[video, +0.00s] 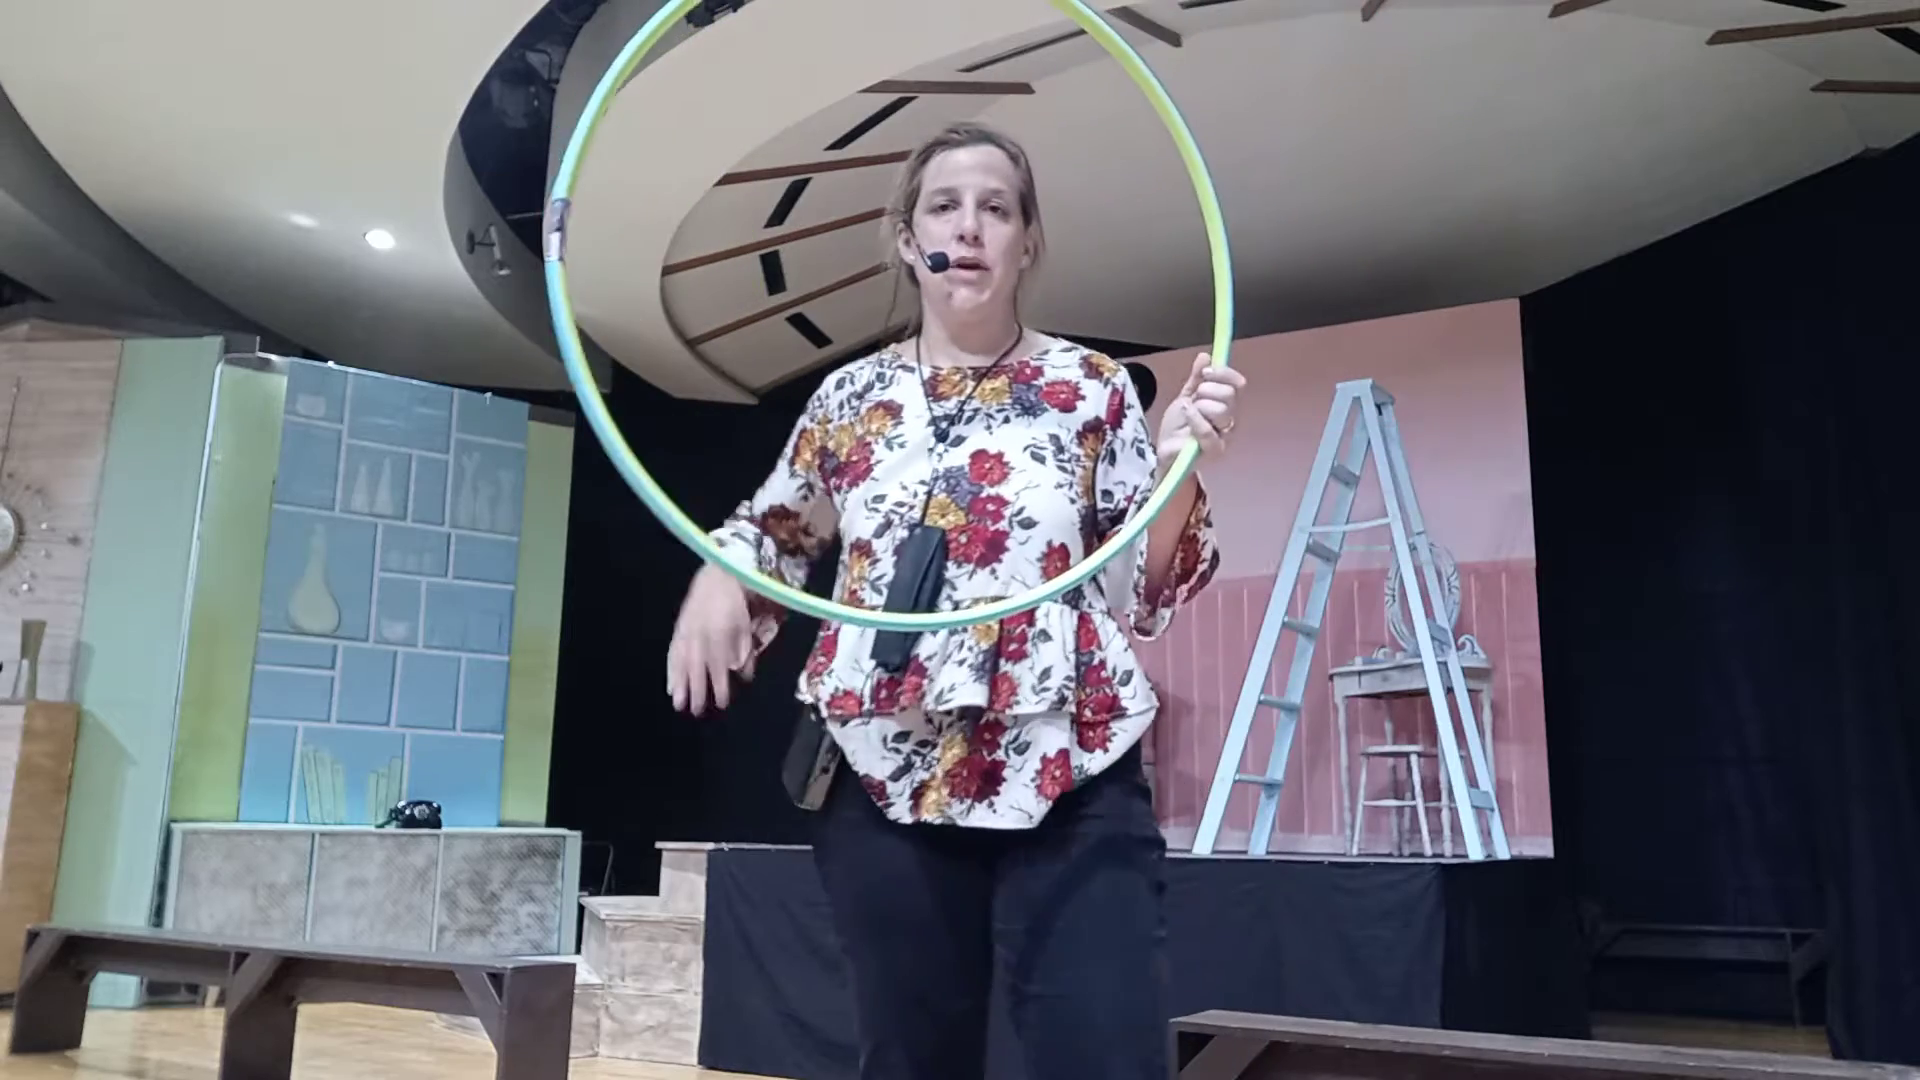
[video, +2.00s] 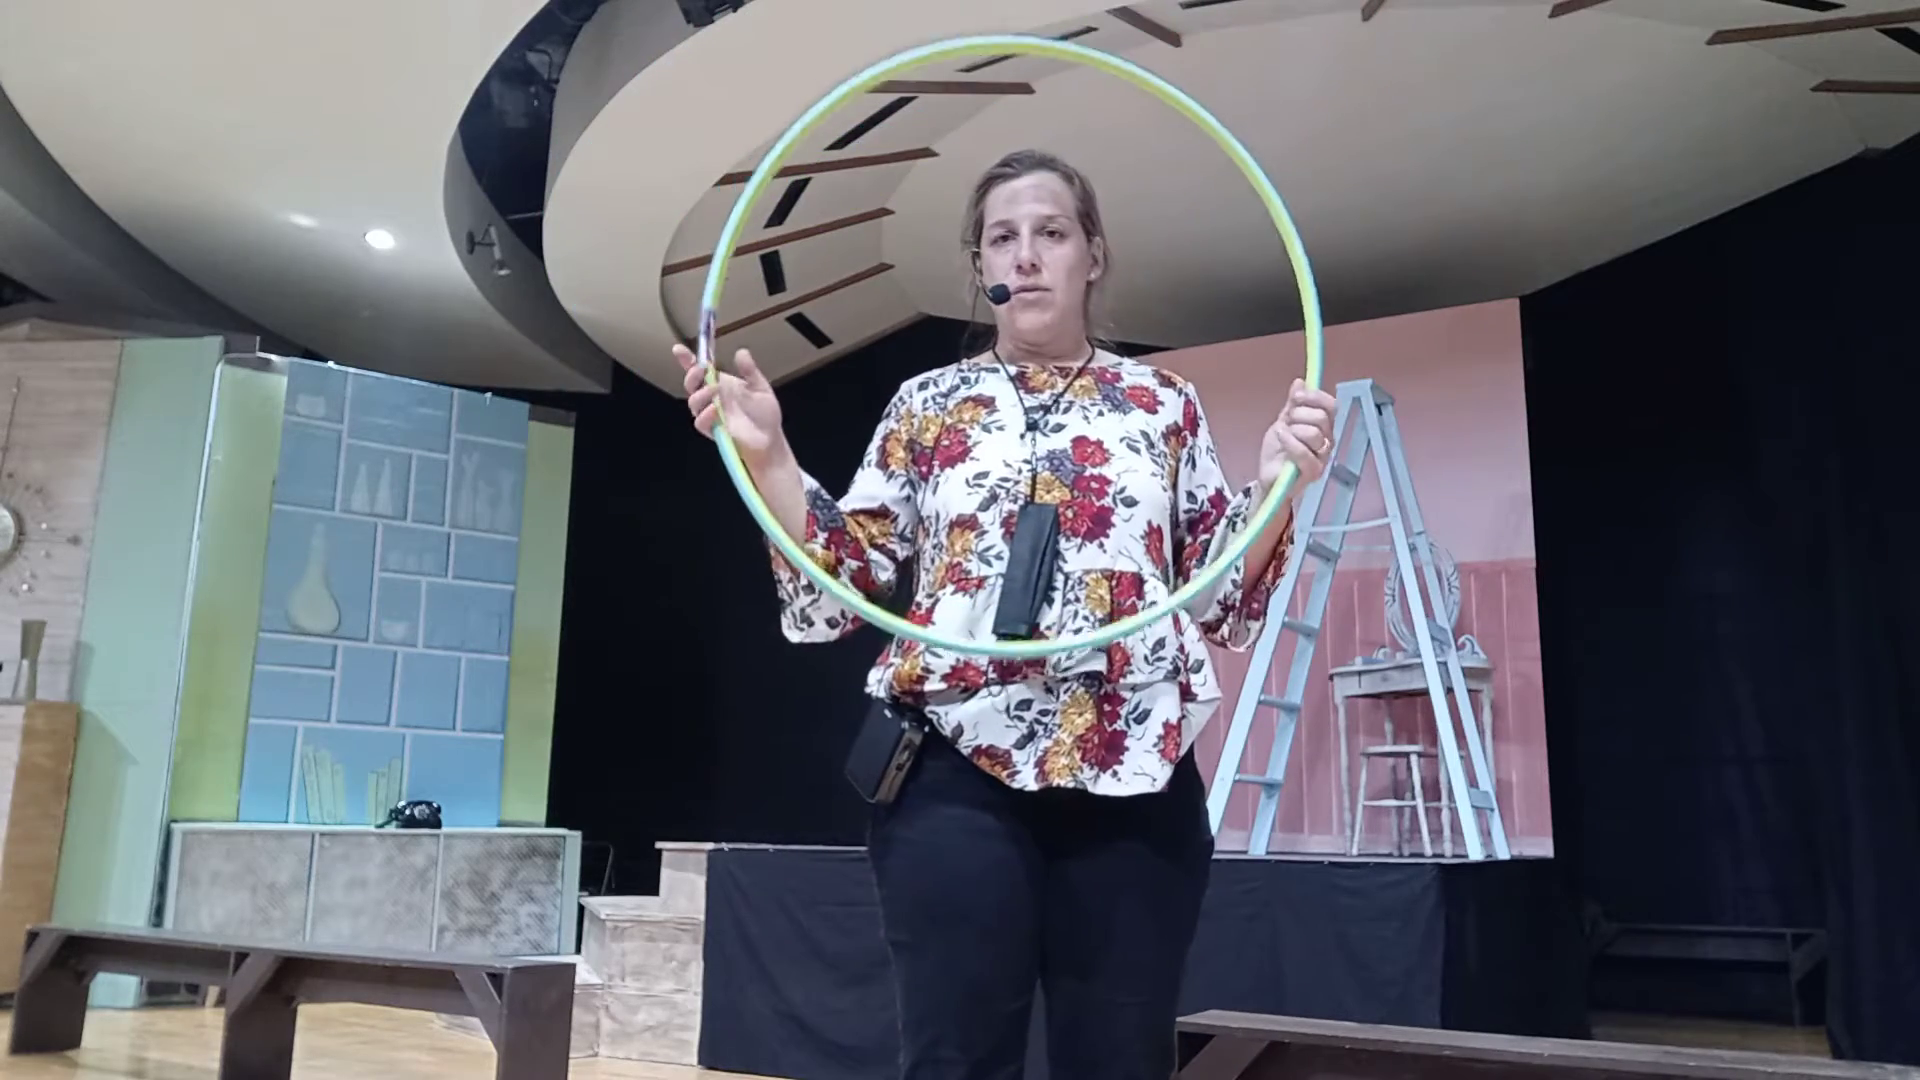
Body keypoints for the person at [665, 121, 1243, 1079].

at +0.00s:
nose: (966, 226)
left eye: (994, 209)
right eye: (942, 206)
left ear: (1029, 244)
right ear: (907, 241)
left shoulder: (1093, 390)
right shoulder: (849, 397)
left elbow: (1145, 592)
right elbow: (776, 533)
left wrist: (1177, 460)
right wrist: (721, 571)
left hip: (1072, 793)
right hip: (890, 798)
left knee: (1101, 1061)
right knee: (911, 1062)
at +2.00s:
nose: (1022, 254)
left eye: (1050, 232)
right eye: (1002, 236)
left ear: (1096, 259)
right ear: (979, 265)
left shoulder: (1164, 403)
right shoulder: (927, 403)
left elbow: (1221, 601)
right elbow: (851, 578)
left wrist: (1276, 481)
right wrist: (766, 454)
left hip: (1131, 797)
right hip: (956, 787)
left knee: (1116, 1063)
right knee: (954, 1060)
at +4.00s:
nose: (928, 249)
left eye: (955, 231)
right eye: (907, 229)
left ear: (995, 266)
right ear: (875, 260)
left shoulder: (1058, 405)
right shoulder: (819, 422)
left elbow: (1133, 586)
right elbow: (763, 609)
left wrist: (1196, 439)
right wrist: (656, 484)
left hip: (1029, 801)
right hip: (847, 800)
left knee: (1055, 1061)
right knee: (879, 1060)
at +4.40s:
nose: (923, 245)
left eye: (952, 228)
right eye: (903, 227)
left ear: (995, 264)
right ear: (876, 259)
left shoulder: (1061, 408)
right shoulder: (817, 418)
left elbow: (1146, 595)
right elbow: (761, 594)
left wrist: (1202, 473)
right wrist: (646, 481)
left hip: (1027, 804)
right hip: (844, 800)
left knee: (1054, 1061)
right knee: (879, 1060)